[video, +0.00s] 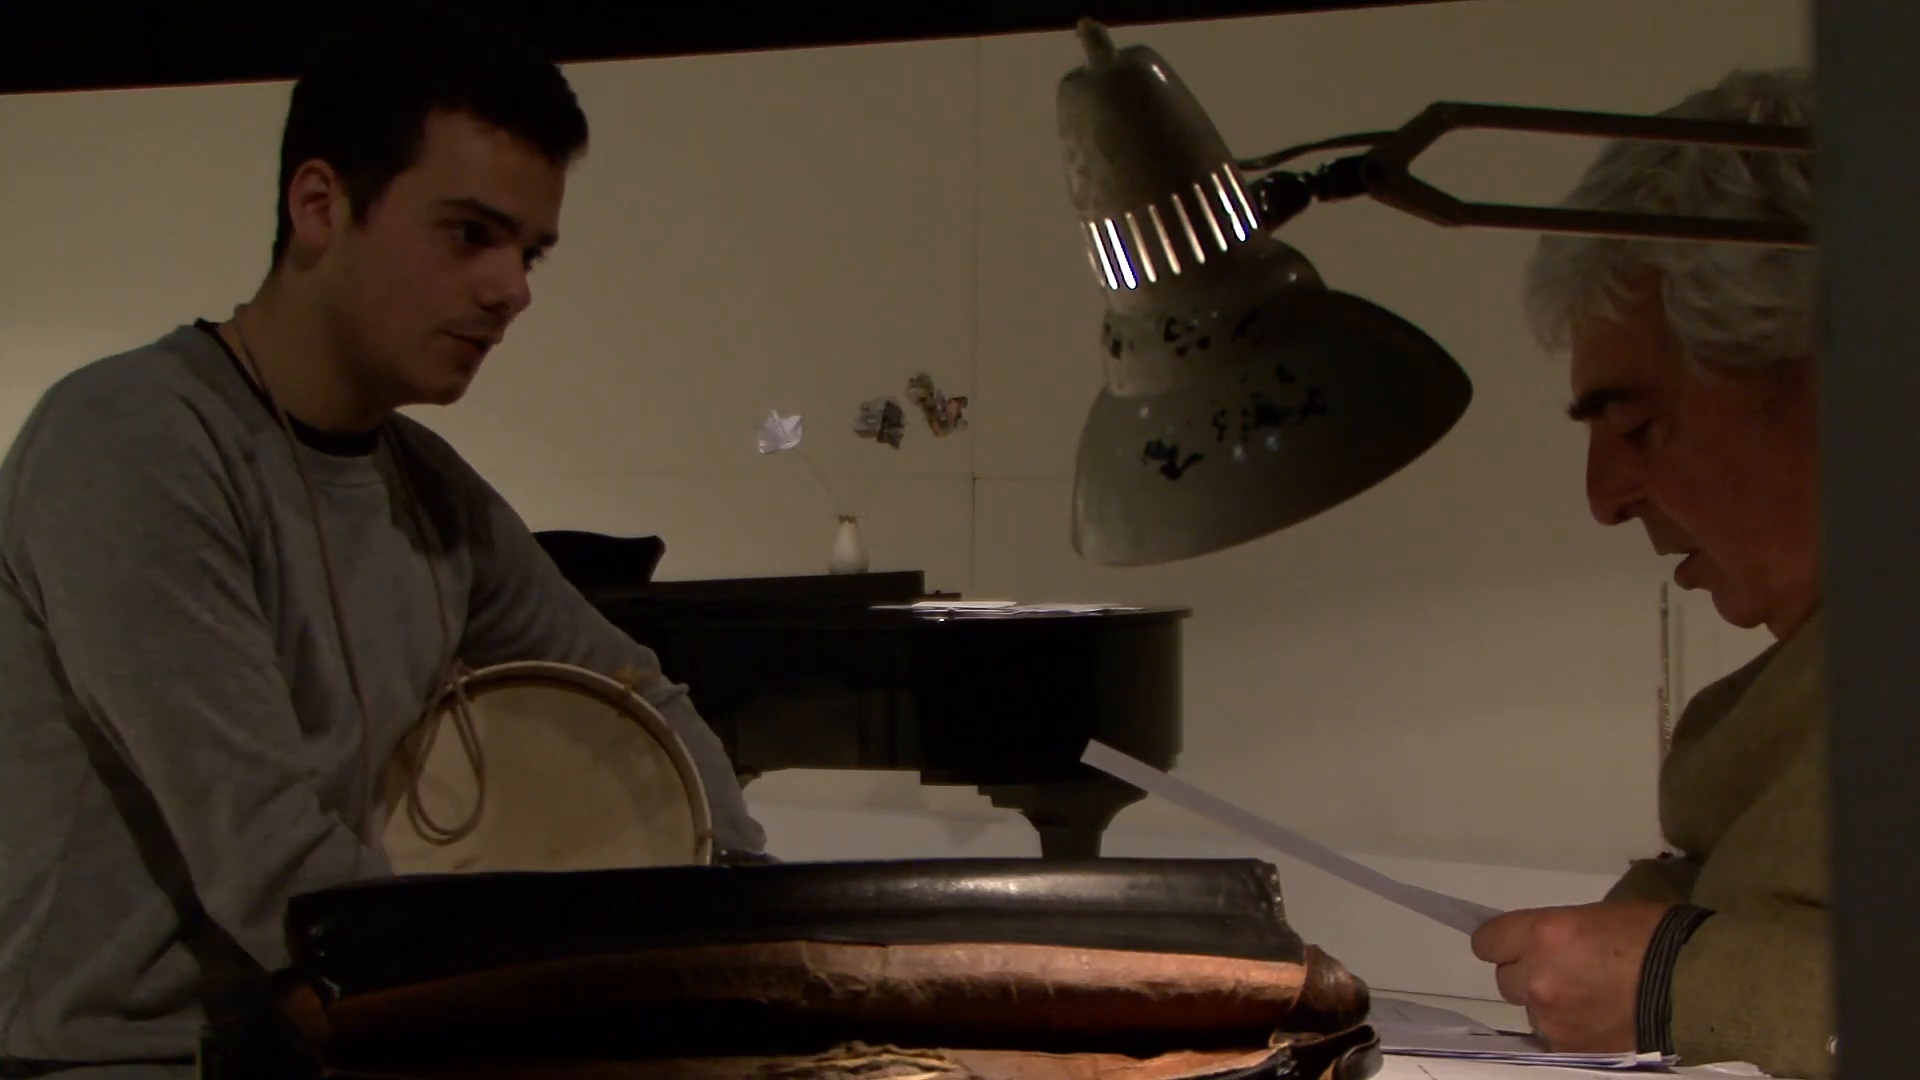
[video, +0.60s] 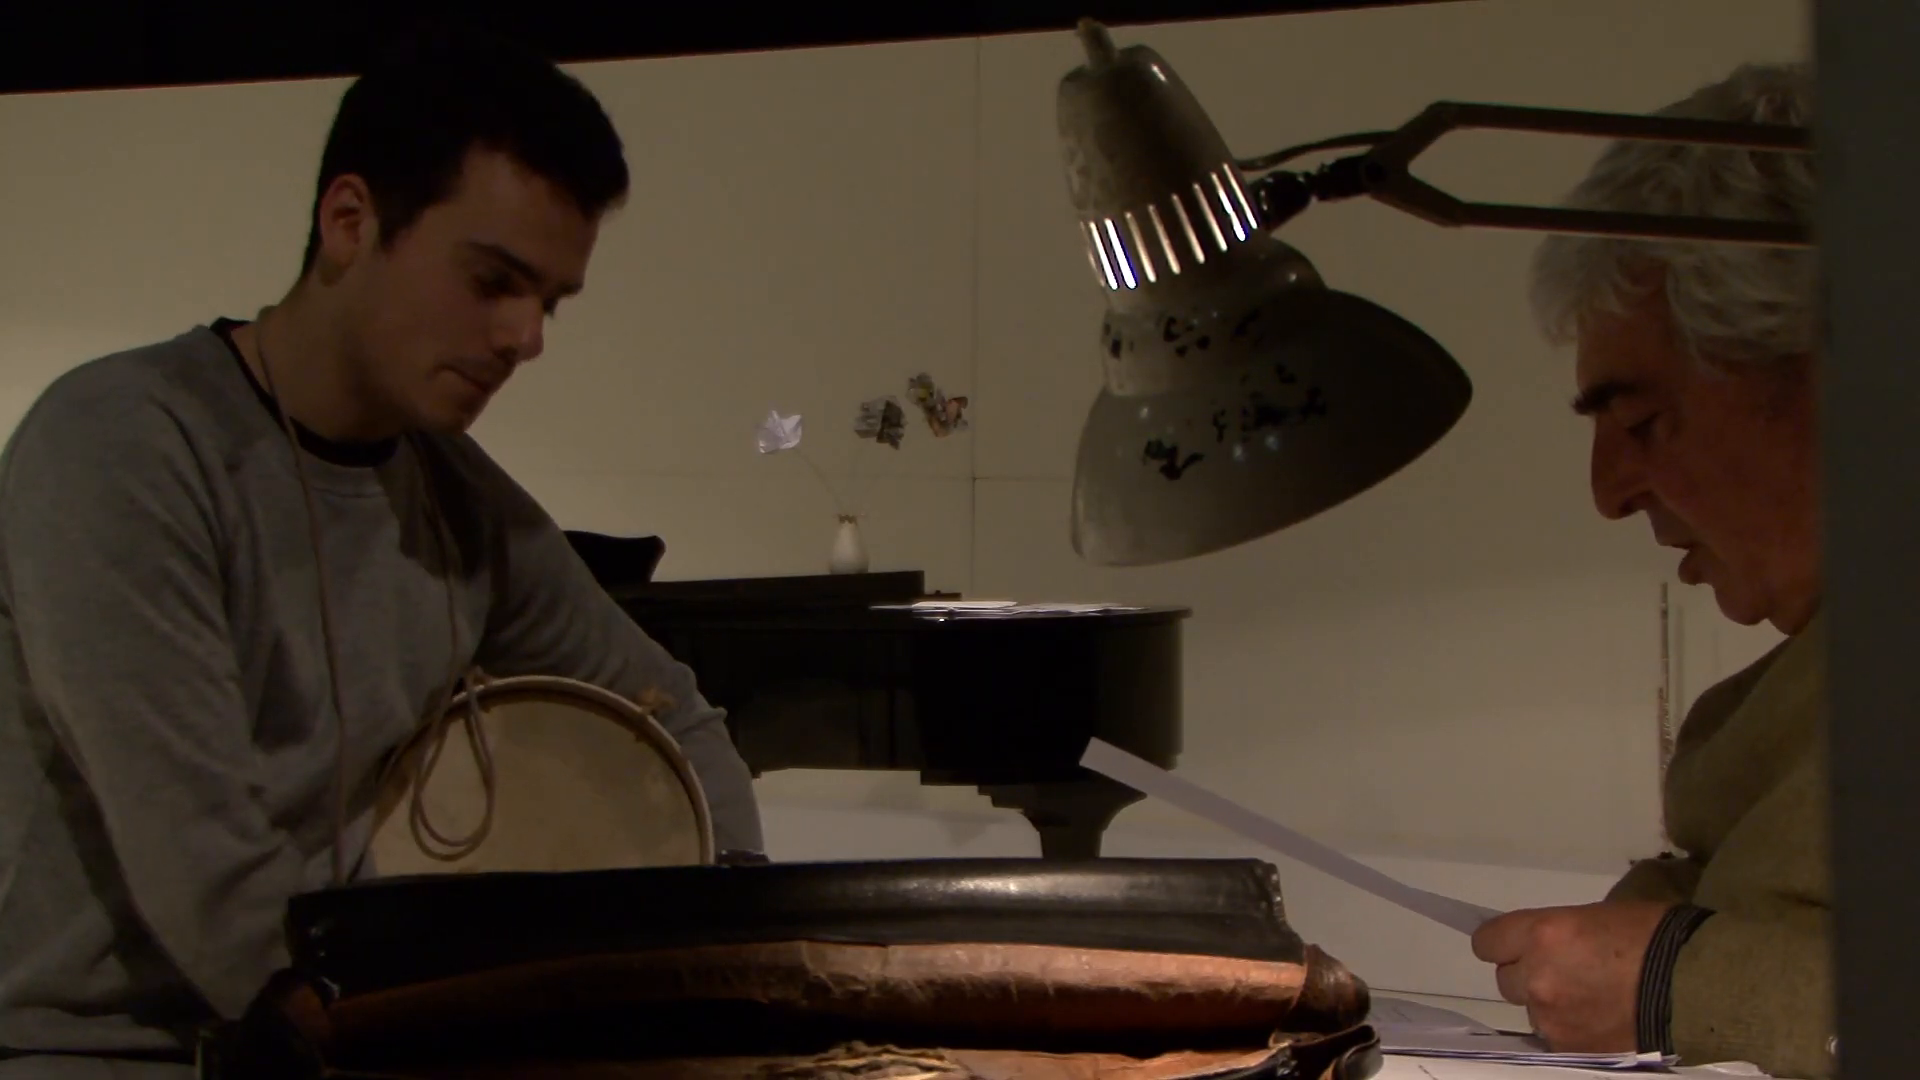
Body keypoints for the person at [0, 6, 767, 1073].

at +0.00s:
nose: (510, 292)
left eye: (528, 256)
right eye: (469, 234)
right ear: (318, 206)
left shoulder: (435, 494)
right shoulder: (120, 444)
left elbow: (635, 700)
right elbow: (273, 871)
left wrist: (748, 919)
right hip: (116, 1057)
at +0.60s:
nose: (523, 338)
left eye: (549, 301)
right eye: (493, 279)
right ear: (349, 224)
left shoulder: (459, 494)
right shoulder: (110, 445)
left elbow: (669, 719)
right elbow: (222, 898)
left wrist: (724, 947)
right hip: (89, 1045)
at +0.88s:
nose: (517, 427)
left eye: (542, 394)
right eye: (499, 369)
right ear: (374, 265)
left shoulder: (478, 519)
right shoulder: (90, 444)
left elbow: (677, 735)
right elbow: (80, 872)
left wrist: (715, 953)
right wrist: (317, 1041)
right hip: (56, 1036)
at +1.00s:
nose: (520, 431)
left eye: (544, 397)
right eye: (502, 371)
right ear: (377, 268)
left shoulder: (467, 523)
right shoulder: (86, 442)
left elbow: (665, 745)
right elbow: (88, 872)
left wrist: (689, 966)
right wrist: (326, 1044)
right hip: (48, 1042)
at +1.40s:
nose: (409, 454)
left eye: (438, 420)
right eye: (393, 398)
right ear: (270, 283)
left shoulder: (385, 514)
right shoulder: (18, 450)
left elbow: (574, 736)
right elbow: (9, 859)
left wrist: (627, 960)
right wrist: (258, 1028)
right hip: (32, 1028)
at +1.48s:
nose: (354, 459)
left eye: (382, 423)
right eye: (333, 401)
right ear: (210, 287)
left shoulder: (346, 521)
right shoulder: (15, 468)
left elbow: (539, 730)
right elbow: (12, 932)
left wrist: (573, 972)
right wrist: (191, 1062)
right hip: (44, 1041)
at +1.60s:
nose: (262, 478)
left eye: (292, 439)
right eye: (235, 422)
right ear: (111, 307)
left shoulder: (282, 518)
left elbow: (469, 684)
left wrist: (543, 928)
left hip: (217, 1038)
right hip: (28, 1051)